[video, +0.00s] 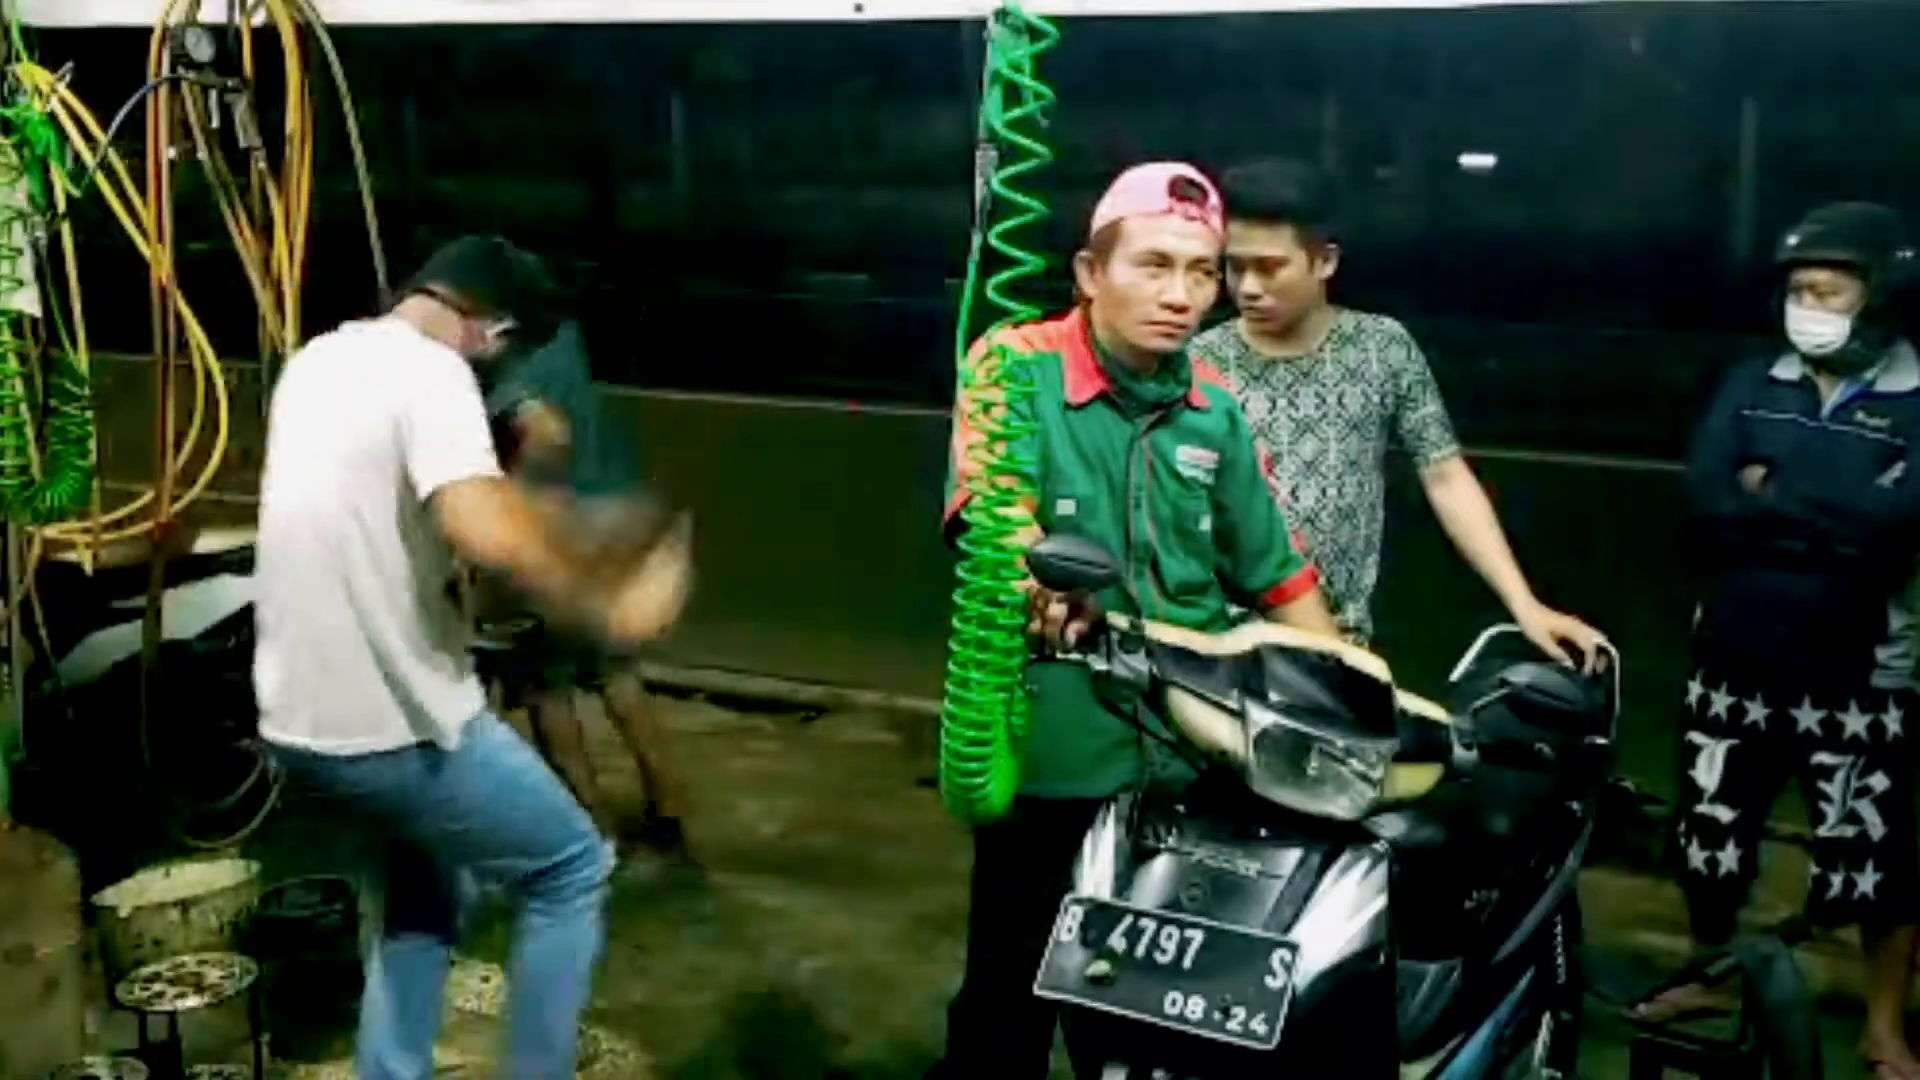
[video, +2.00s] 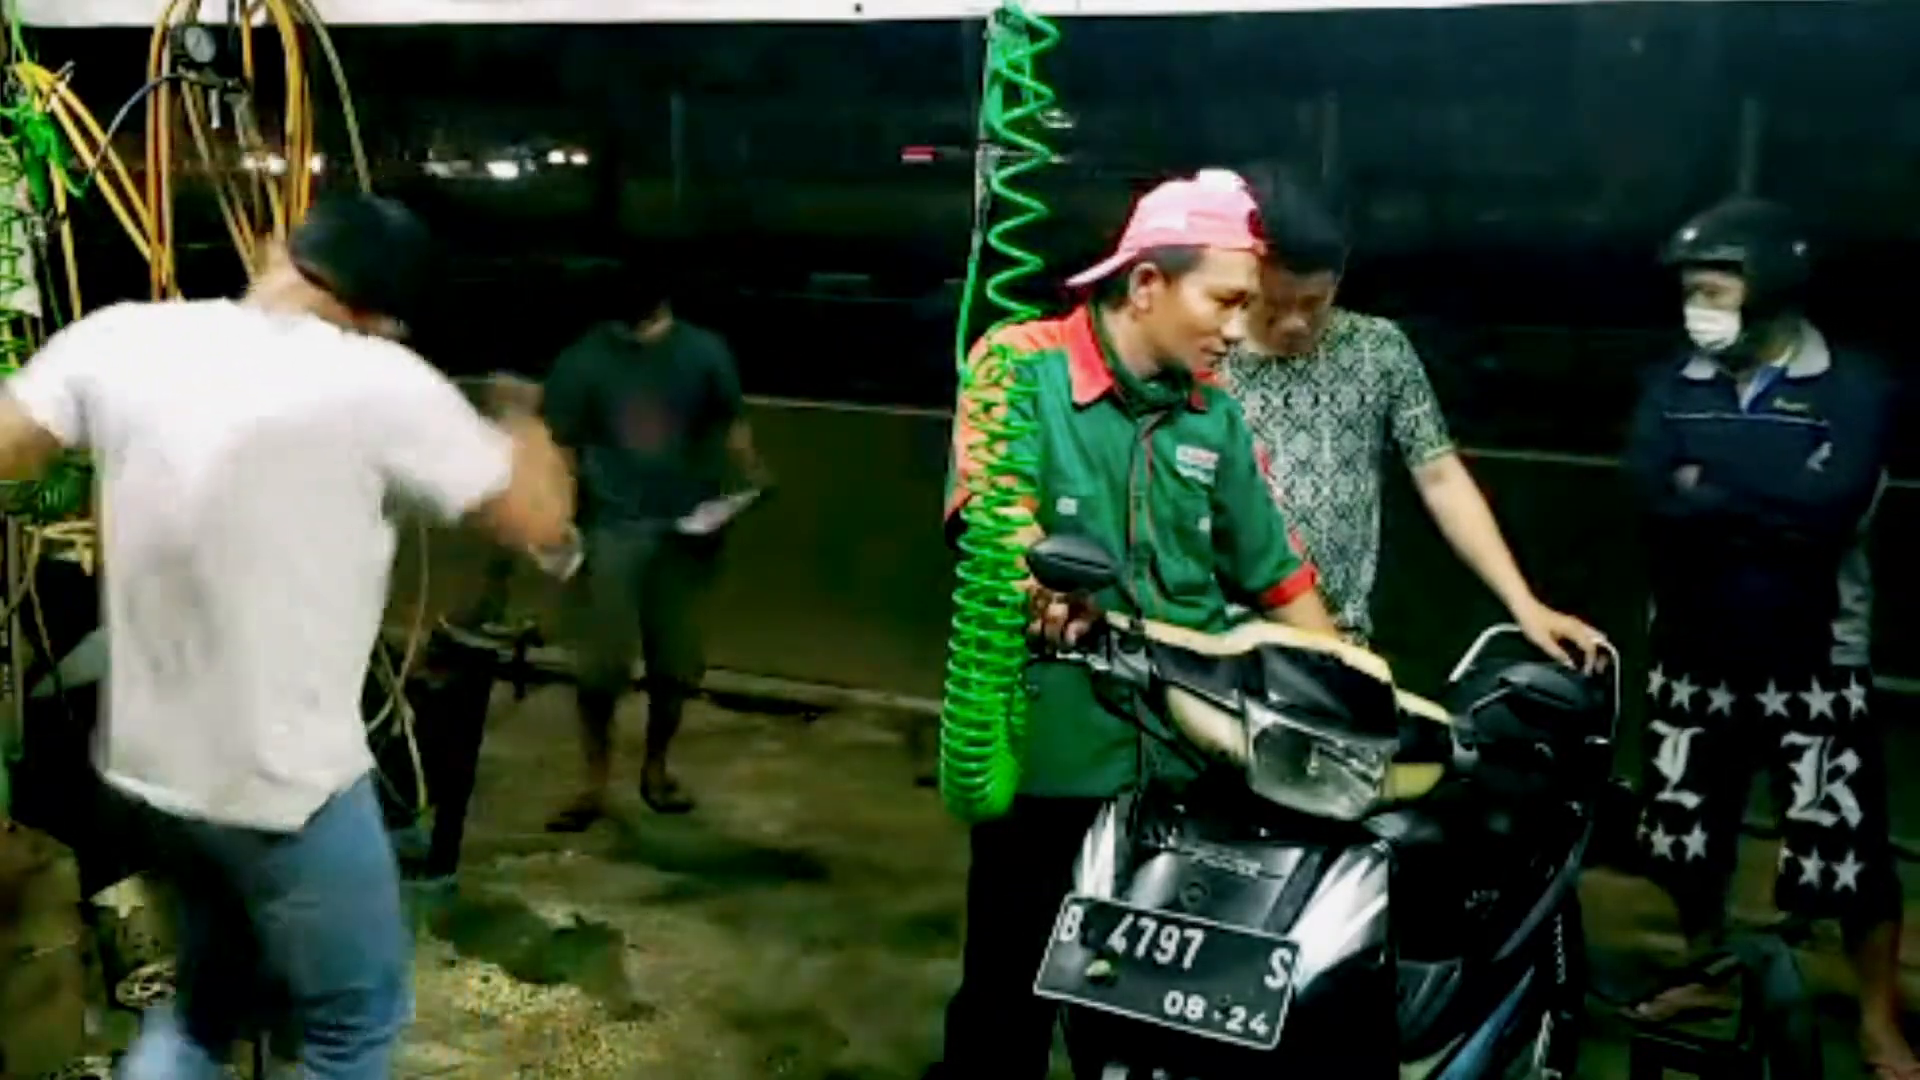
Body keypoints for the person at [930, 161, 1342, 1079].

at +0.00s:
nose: (1181, 295)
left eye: (1201, 274)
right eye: (1155, 267)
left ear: (1217, 288)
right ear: (1091, 274)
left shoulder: (1212, 411)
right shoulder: (1015, 367)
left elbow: (1285, 583)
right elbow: (987, 509)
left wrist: (1354, 698)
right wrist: (1041, 594)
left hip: (1187, 756)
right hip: (1050, 755)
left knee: (1157, 1012)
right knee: (1006, 1013)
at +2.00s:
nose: (1236, 329)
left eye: (1245, 308)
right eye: (1225, 302)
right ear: (1148, 285)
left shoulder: (1213, 415)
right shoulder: (1019, 367)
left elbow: (1282, 581)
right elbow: (990, 512)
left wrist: (1354, 689)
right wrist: (1044, 597)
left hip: (1183, 760)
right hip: (1048, 759)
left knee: (1152, 1017)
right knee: (1005, 1016)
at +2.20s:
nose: (1233, 329)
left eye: (1243, 308)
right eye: (1221, 302)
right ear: (1147, 283)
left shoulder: (1214, 417)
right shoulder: (1018, 365)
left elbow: (1284, 579)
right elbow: (987, 506)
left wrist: (1343, 697)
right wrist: (1044, 592)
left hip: (1185, 760)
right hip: (1046, 758)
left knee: (1157, 1015)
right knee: (1005, 1015)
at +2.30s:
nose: (1233, 329)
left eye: (1243, 308)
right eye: (1221, 302)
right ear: (1146, 284)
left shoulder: (1215, 419)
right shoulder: (1018, 365)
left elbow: (1284, 580)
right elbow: (988, 505)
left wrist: (1340, 701)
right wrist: (1043, 592)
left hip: (1185, 761)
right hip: (1046, 758)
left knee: (1158, 1014)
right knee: (1005, 1014)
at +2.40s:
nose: (1233, 329)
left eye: (1243, 309)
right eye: (1221, 302)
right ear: (1147, 283)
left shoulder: (1215, 417)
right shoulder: (1018, 366)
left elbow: (1282, 578)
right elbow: (988, 507)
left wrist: (1338, 697)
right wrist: (1043, 593)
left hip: (1185, 759)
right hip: (1047, 757)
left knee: (1160, 1013)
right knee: (1006, 1012)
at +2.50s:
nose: (1233, 329)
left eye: (1243, 310)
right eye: (1220, 302)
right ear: (1146, 283)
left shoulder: (1217, 420)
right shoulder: (1019, 366)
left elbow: (1283, 581)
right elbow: (987, 505)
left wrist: (1342, 696)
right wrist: (1043, 592)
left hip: (1185, 761)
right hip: (1046, 758)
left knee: (1155, 1015)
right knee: (1005, 1014)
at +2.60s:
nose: (1231, 328)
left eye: (1241, 308)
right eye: (1218, 300)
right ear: (1143, 280)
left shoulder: (1216, 419)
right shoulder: (1019, 365)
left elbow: (1283, 583)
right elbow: (992, 508)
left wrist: (1345, 697)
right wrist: (1044, 595)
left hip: (1186, 760)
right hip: (1047, 756)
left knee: (1158, 1015)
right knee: (1005, 1013)